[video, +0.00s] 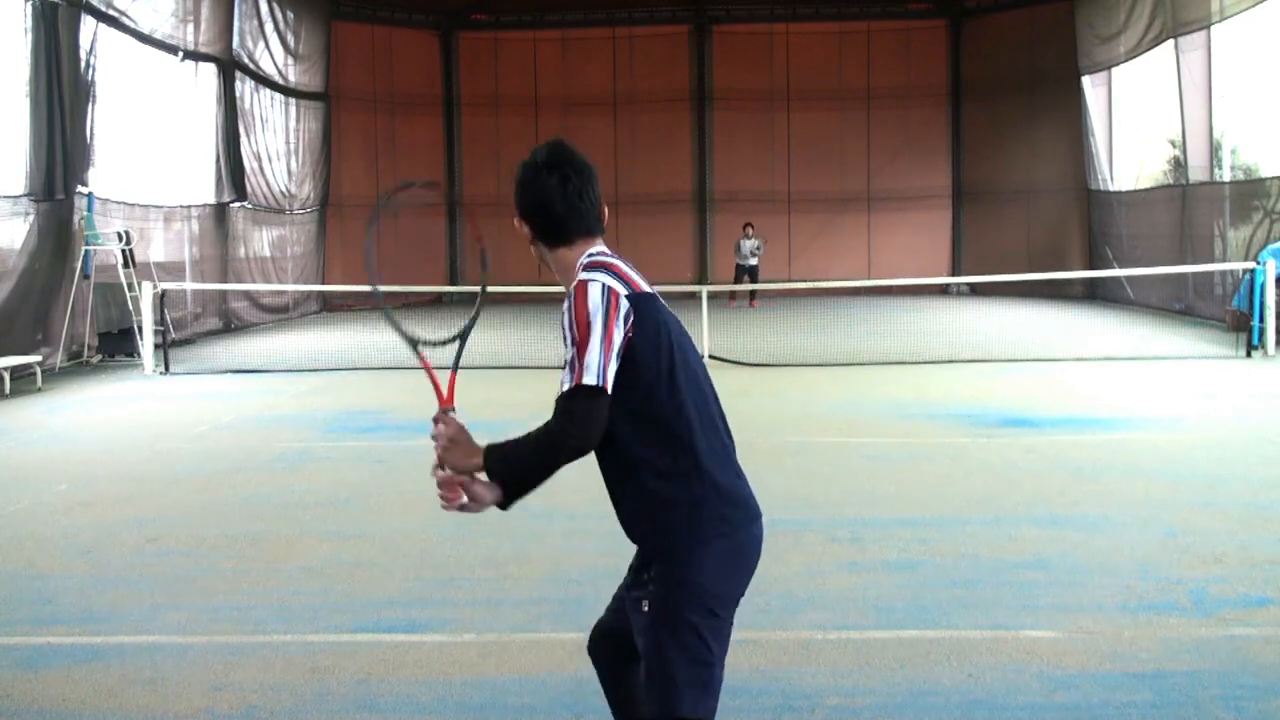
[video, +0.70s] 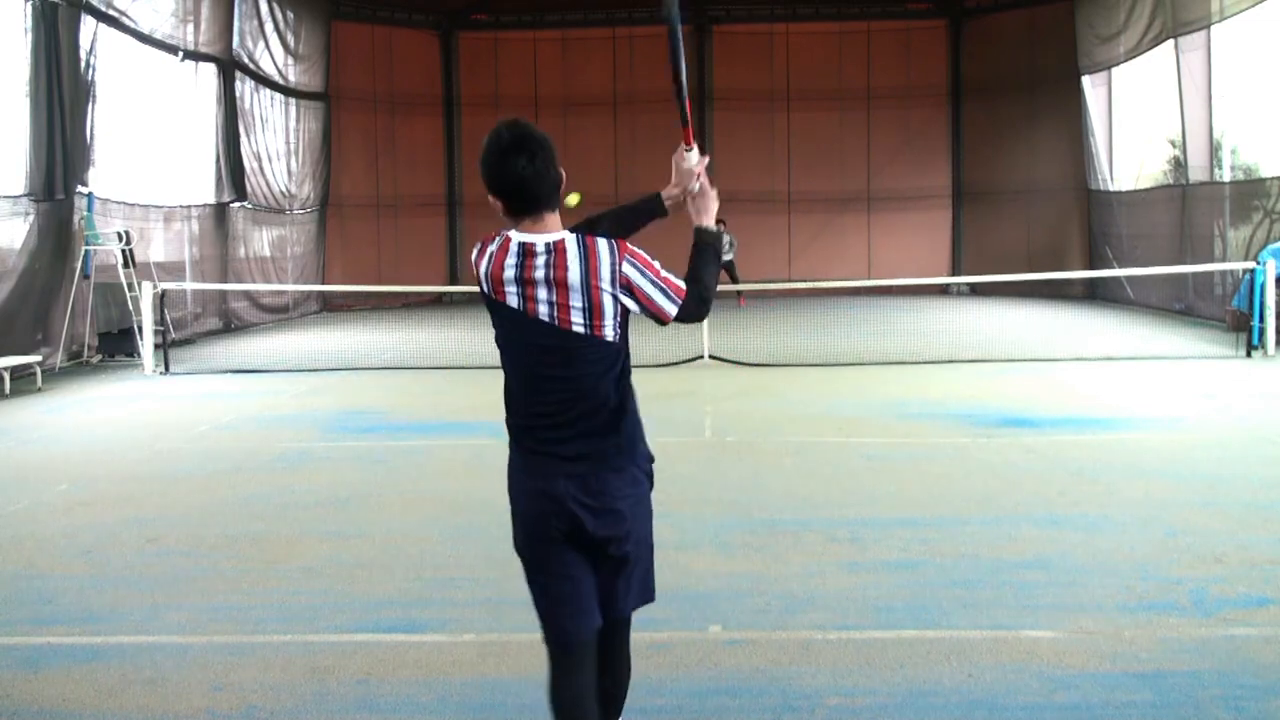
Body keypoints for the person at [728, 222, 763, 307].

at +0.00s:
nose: (749, 232)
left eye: (750, 229)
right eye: (747, 229)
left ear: (753, 231)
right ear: (744, 231)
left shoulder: (757, 241)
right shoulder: (740, 242)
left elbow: (760, 252)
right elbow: (736, 253)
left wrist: (754, 252)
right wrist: (744, 256)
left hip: (753, 265)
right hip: (741, 264)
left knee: (754, 283)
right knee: (737, 282)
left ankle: (752, 300)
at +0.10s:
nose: (744, 231)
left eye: (745, 229)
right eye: (742, 229)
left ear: (748, 230)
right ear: (739, 230)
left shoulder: (752, 240)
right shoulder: (735, 240)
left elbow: (755, 251)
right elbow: (732, 252)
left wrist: (748, 250)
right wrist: (740, 256)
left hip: (748, 264)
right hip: (736, 264)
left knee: (752, 282)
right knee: (729, 281)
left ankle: (752, 300)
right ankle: (723, 297)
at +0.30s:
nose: (731, 232)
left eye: (733, 230)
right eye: (730, 230)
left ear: (736, 232)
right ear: (727, 232)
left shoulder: (740, 242)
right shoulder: (723, 241)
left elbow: (743, 254)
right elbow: (719, 252)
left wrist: (735, 252)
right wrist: (728, 254)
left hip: (736, 265)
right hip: (724, 265)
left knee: (743, 283)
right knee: (718, 283)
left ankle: (750, 300)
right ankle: (715, 300)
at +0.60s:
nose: (722, 226)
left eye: (723, 224)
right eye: (720, 224)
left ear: (726, 225)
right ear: (717, 225)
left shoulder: (730, 234)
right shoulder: (714, 235)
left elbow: (734, 245)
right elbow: (712, 248)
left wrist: (727, 248)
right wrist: (722, 248)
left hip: (728, 258)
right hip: (717, 259)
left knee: (736, 277)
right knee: (714, 279)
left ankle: (741, 296)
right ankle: (711, 297)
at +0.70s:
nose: (720, 228)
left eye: (722, 226)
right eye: (718, 226)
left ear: (724, 227)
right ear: (716, 227)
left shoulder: (728, 236)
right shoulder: (714, 237)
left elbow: (734, 245)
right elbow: (712, 247)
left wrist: (730, 253)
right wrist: (715, 254)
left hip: (727, 259)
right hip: (717, 260)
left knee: (734, 278)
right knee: (713, 279)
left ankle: (740, 295)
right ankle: (709, 296)